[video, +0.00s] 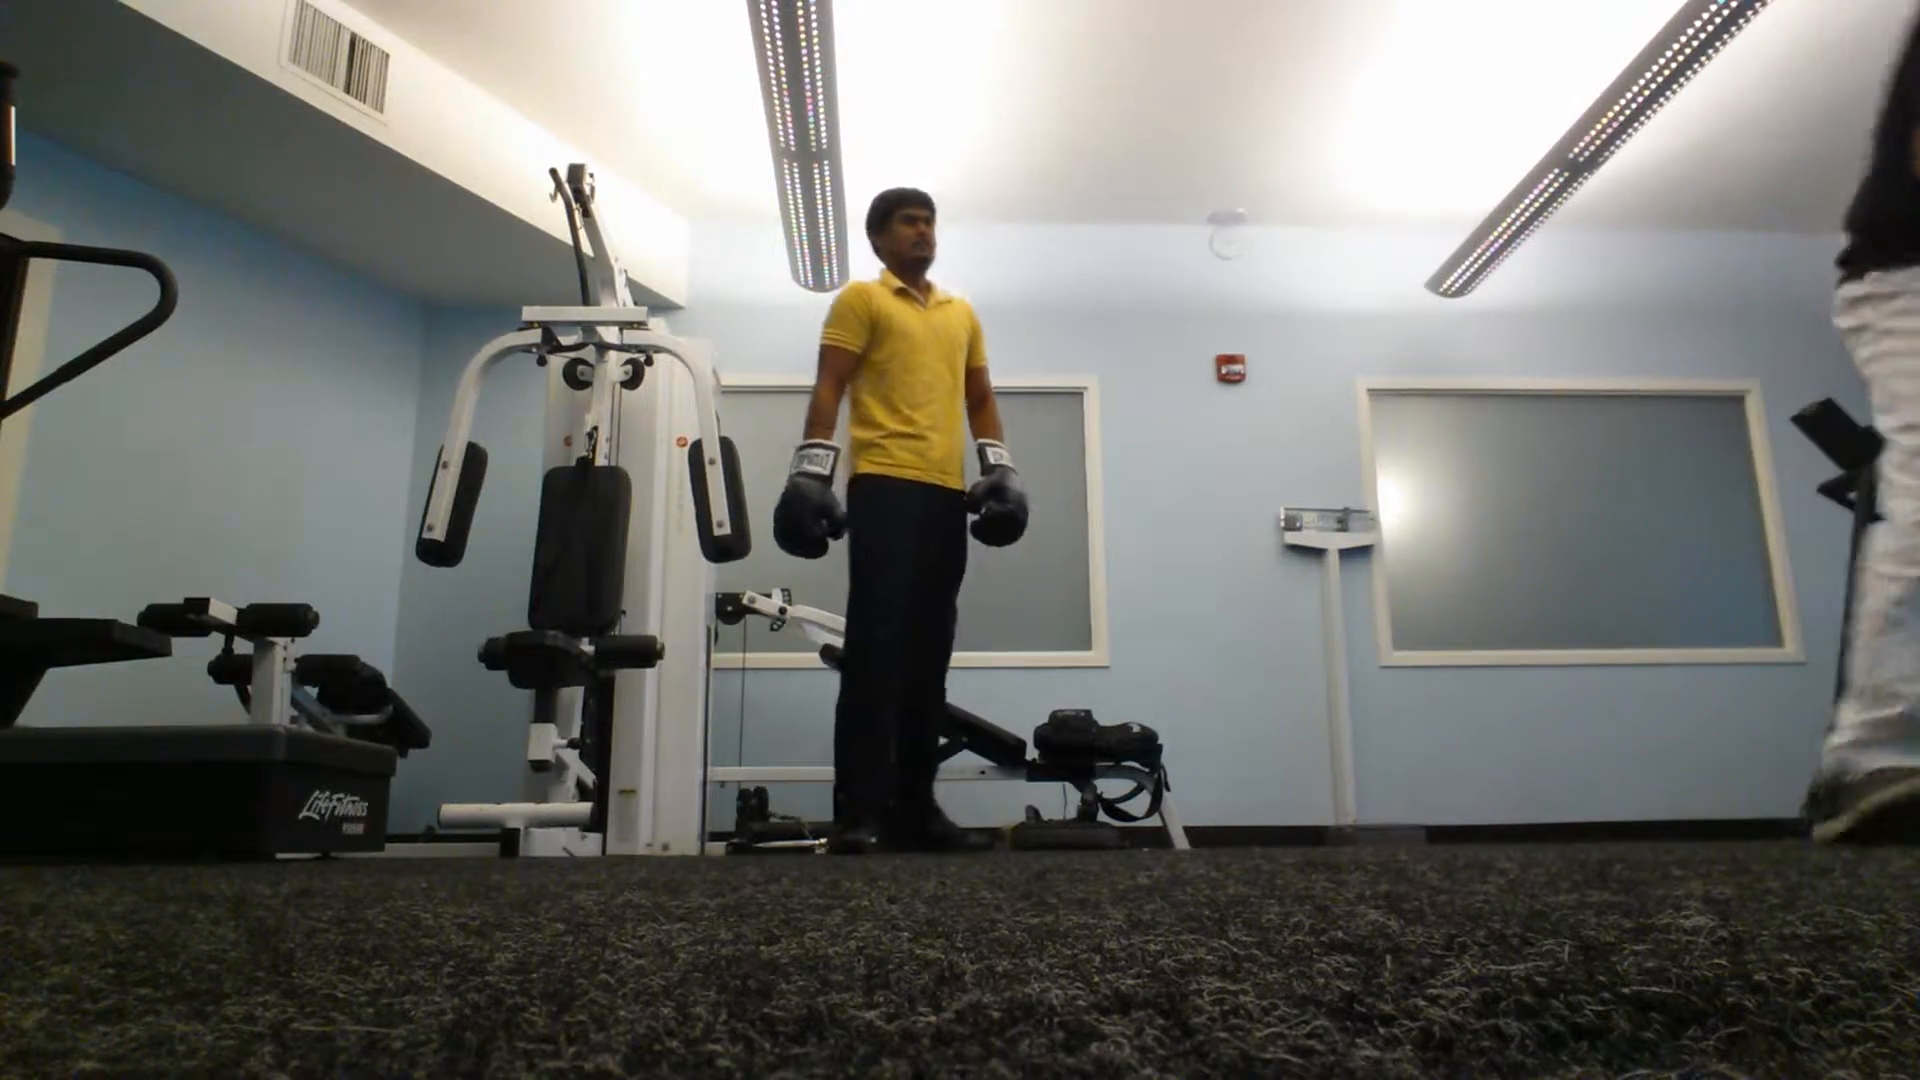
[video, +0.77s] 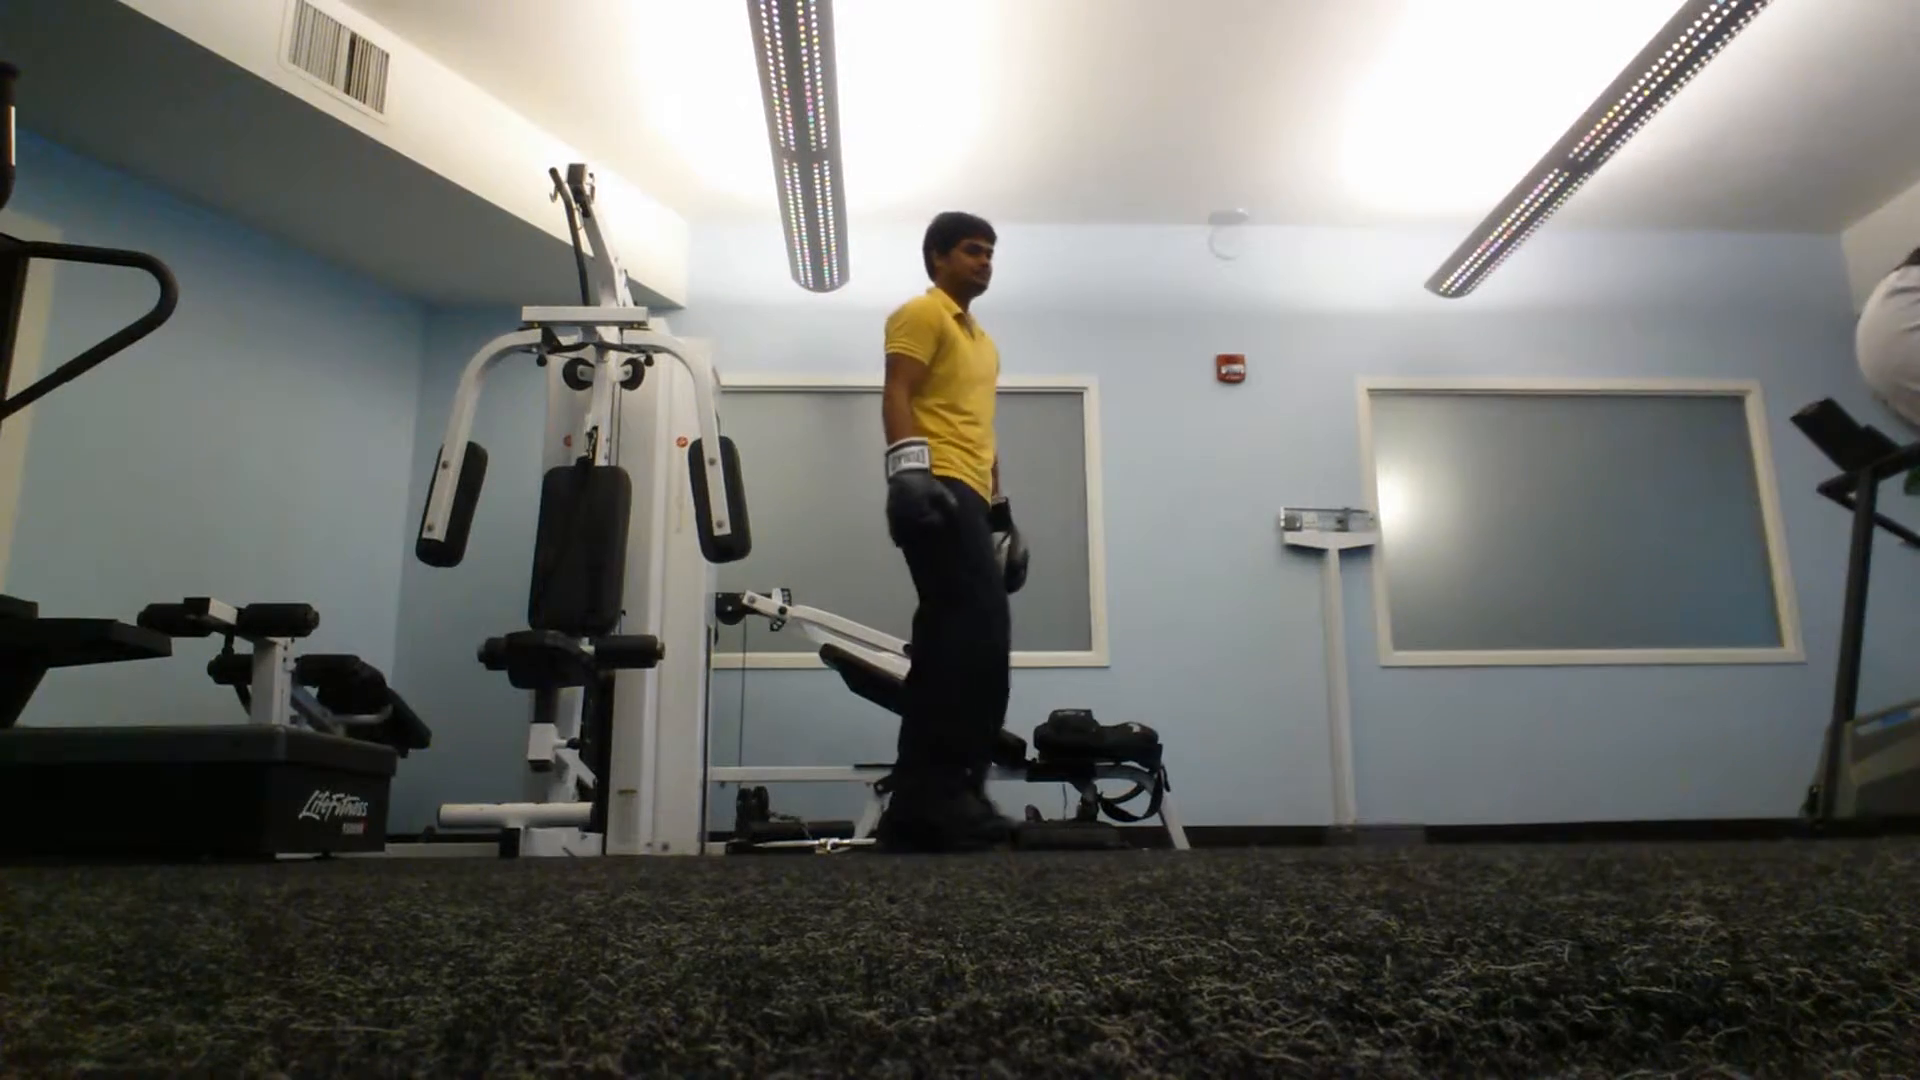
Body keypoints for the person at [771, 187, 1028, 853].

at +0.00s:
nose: (923, 232)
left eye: (929, 222)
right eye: (909, 222)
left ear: (937, 234)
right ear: (878, 237)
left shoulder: (959, 312)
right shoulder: (861, 300)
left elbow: (981, 396)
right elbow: (830, 386)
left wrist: (998, 469)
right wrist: (811, 473)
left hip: (945, 495)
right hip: (884, 489)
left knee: (927, 651)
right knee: (876, 649)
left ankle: (914, 811)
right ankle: (860, 815)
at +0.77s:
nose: (986, 263)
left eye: (990, 255)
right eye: (975, 252)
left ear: (988, 265)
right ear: (939, 257)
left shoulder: (982, 341)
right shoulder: (921, 314)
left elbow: (979, 430)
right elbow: (898, 392)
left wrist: (1002, 516)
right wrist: (909, 470)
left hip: (971, 508)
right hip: (937, 497)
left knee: (957, 645)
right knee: (974, 635)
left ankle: (935, 799)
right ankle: (937, 799)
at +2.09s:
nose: (1029, 205)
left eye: (1038, 198)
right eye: (1016, 195)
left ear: (1047, 214)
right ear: (987, 207)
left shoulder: (1035, 293)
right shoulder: (963, 267)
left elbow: (1036, 391)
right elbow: (916, 356)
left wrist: (1077, 462)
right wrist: (950, 399)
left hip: (1042, 468)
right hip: (993, 462)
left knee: (1064, 634)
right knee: (1009, 628)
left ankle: (1008, 792)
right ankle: (995, 804)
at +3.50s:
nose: (1043, 239)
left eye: (1055, 229)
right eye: (1030, 228)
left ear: (1073, 244)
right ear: (1013, 240)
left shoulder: (1071, 319)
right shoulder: (994, 304)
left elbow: (1086, 394)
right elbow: (943, 394)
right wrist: (985, 370)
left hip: (1066, 484)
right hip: (1018, 479)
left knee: (1060, 634)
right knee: (1039, 633)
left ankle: (1046, 783)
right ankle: (1015, 792)